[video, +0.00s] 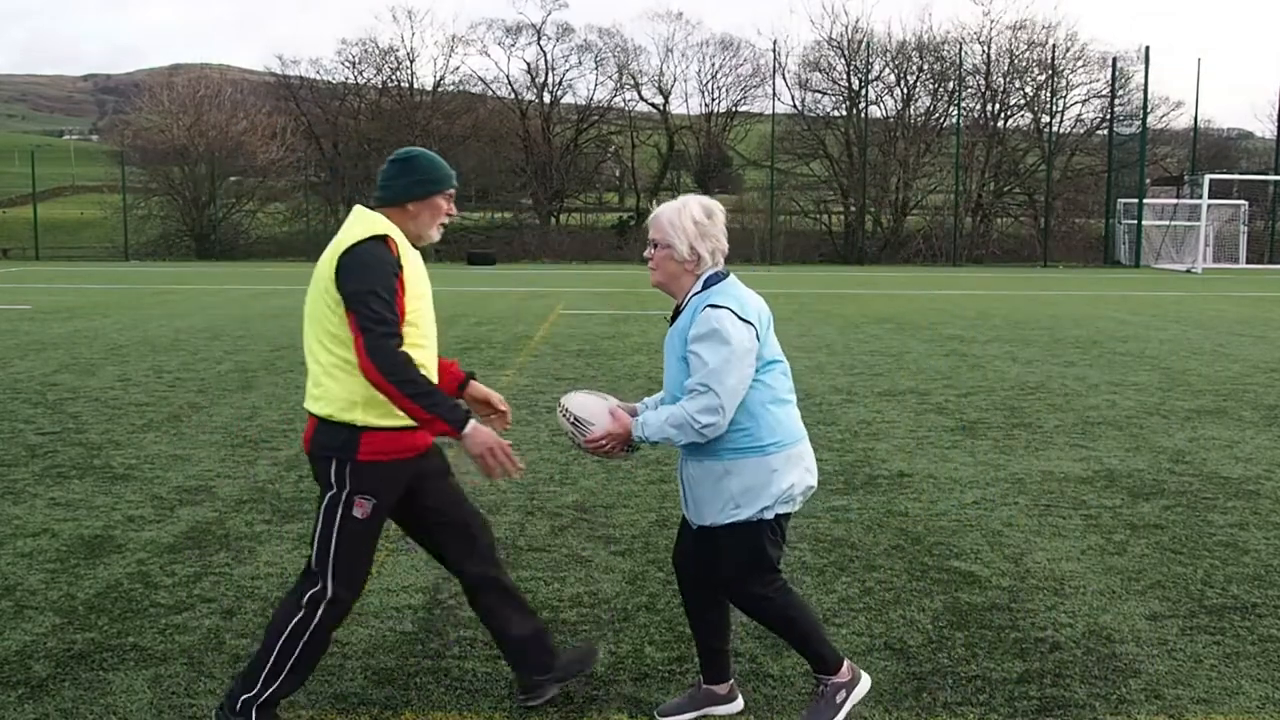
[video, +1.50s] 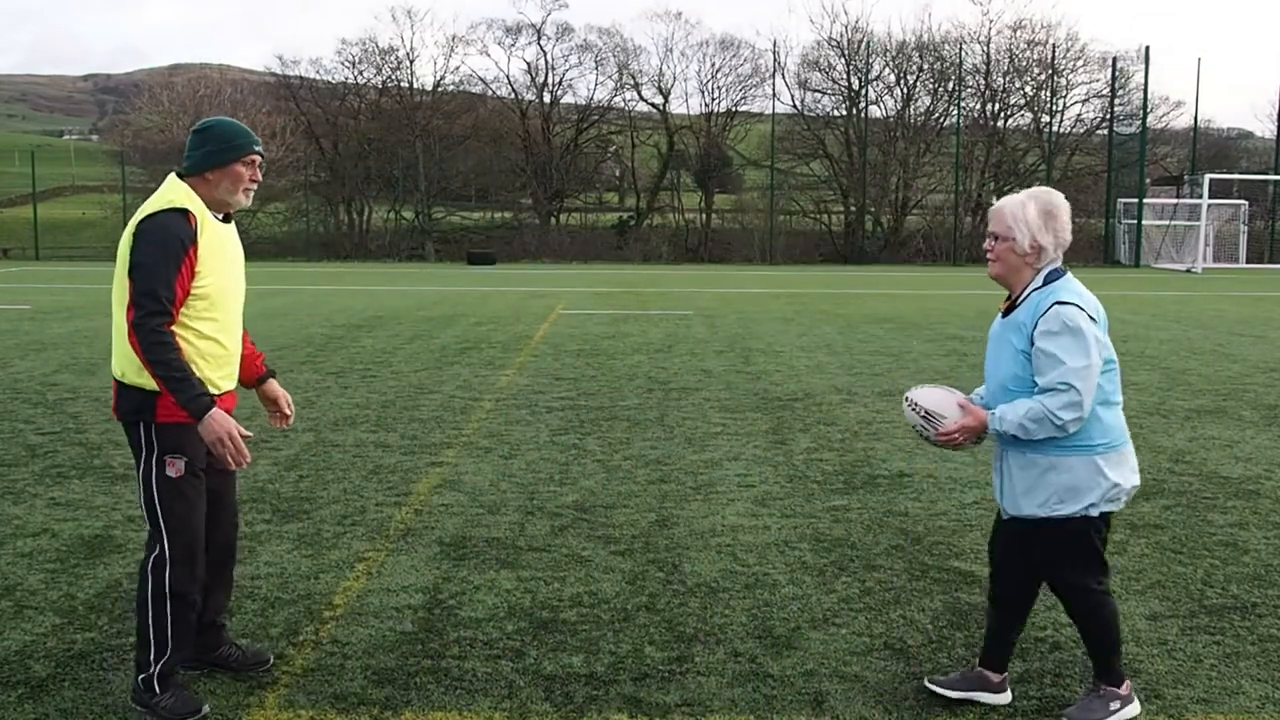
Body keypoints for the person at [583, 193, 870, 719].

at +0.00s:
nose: (646, 256)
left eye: (657, 246)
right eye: (648, 245)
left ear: (691, 254)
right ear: (691, 256)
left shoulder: (721, 314)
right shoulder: (696, 311)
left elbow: (706, 414)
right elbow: (684, 395)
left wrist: (637, 427)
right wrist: (631, 416)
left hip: (759, 472)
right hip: (721, 471)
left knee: (745, 575)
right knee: (694, 563)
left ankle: (838, 674)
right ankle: (718, 686)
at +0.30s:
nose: (699, 246)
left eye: (710, 237)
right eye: (701, 236)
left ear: (745, 248)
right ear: (740, 250)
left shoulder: (770, 312)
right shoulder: (741, 306)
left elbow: (759, 410)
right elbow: (729, 388)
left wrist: (688, 417)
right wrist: (681, 404)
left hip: (785, 478)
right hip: (745, 473)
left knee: (783, 583)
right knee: (721, 568)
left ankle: (877, 676)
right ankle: (718, 686)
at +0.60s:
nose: (785, 252)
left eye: (796, 243)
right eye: (787, 241)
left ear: (829, 253)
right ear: (823, 253)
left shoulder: (859, 322)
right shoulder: (826, 314)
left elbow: (855, 420)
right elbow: (809, 394)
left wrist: (777, 431)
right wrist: (763, 416)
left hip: (862, 486)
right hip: (822, 478)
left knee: (844, 587)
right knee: (784, 566)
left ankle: (890, 696)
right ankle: (750, 678)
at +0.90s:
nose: (852, 244)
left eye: (864, 235)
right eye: (854, 233)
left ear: (900, 243)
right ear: (895, 243)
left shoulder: (928, 310)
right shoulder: (891, 303)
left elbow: (931, 406)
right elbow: (874, 382)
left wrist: (855, 420)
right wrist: (829, 408)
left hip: (927, 474)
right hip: (898, 468)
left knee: (884, 573)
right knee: (896, 568)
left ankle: (893, 696)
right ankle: (962, 660)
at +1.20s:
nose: (913, 249)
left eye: (922, 239)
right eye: (914, 238)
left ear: (956, 246)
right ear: (949, 246)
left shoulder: (994, 310)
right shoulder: (952, 306)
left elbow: (1002, 400)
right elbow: (941, 383)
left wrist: (929, 420)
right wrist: (901, 411)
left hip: (1004, 466)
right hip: (976, 461)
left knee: (952, 565)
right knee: (953, 563)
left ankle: (986, 686)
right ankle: (979, 677)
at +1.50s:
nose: (987, 247)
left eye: (998, 238)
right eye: (988, 236)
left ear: (1034, 247)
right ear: (1030, 248)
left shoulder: (1064, 313)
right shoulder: (1021, 307)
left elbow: (1065, 407)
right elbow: (1008, 385)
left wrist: (991, 421)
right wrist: (966, 408)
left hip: (1073, 479)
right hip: (1030, 474)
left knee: (1080, 583)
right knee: (1010, 569)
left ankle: (1113, 688)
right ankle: (991, 674)